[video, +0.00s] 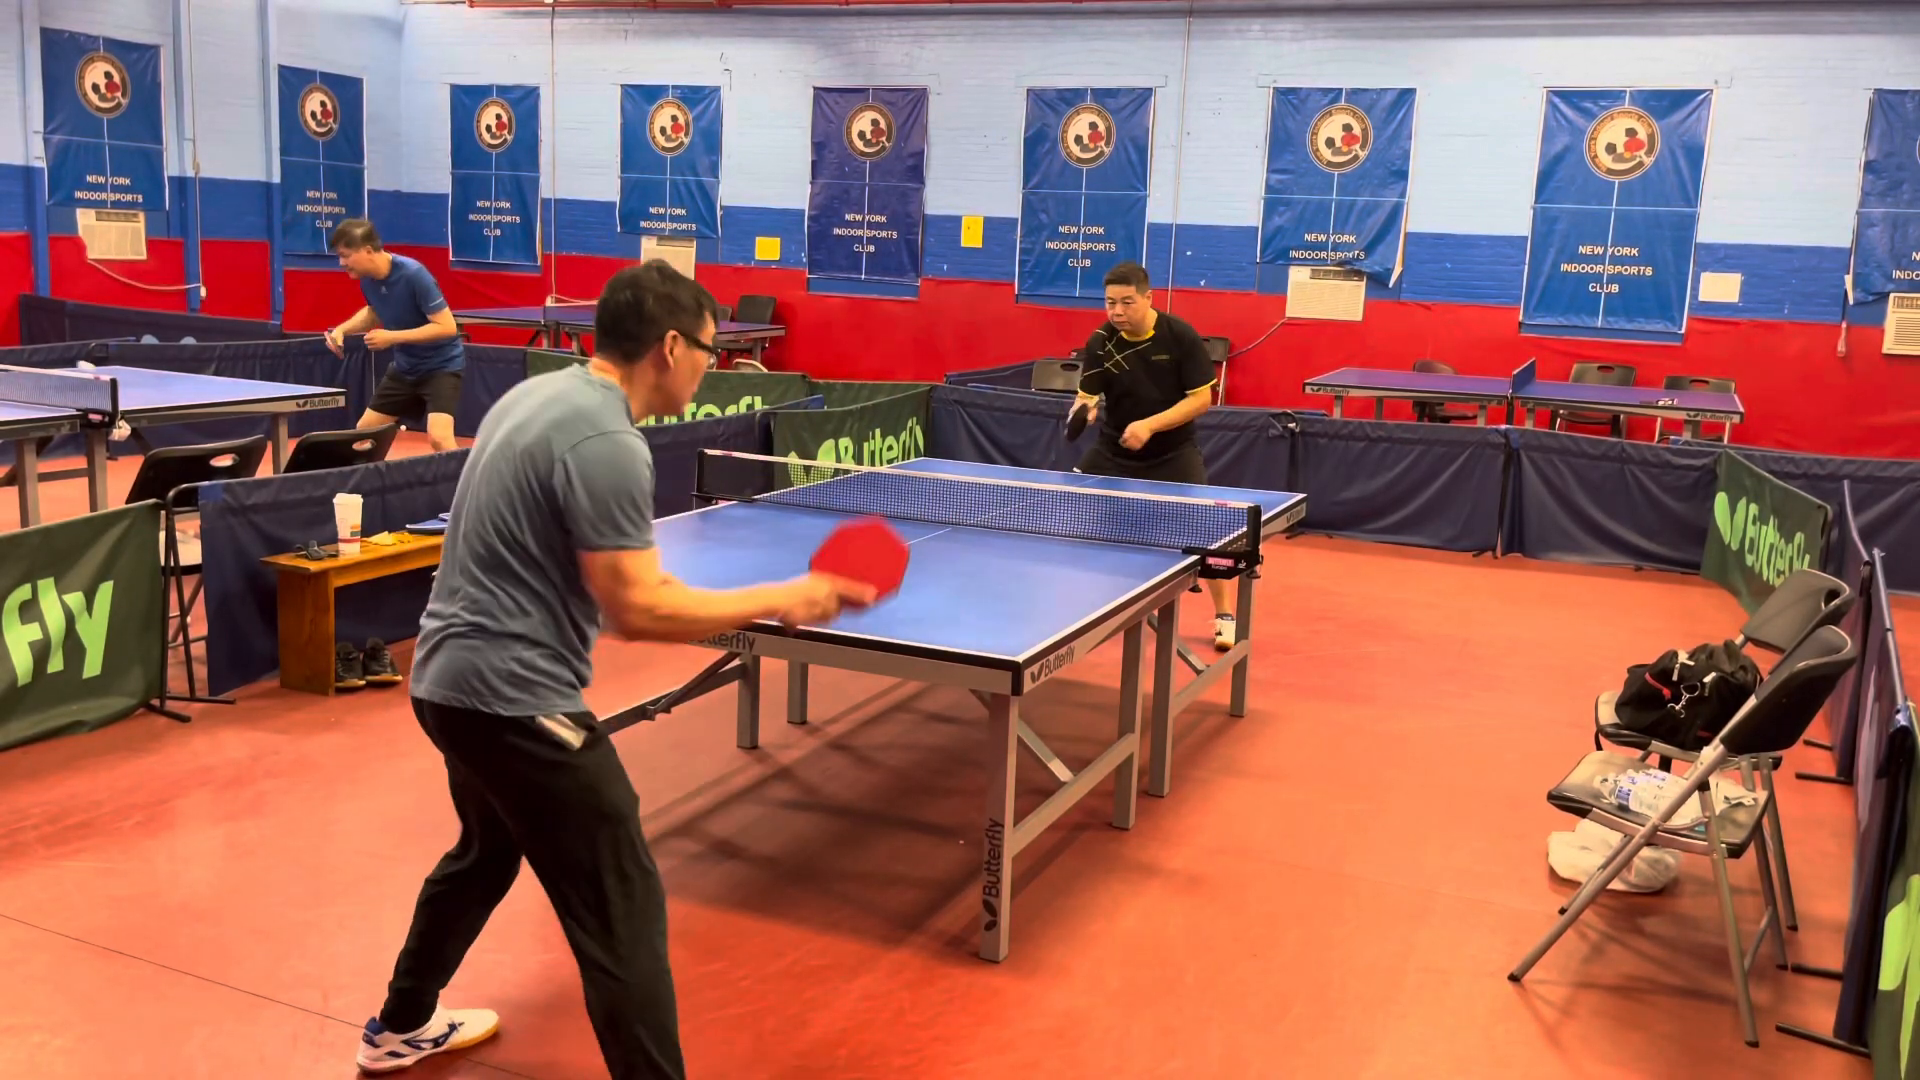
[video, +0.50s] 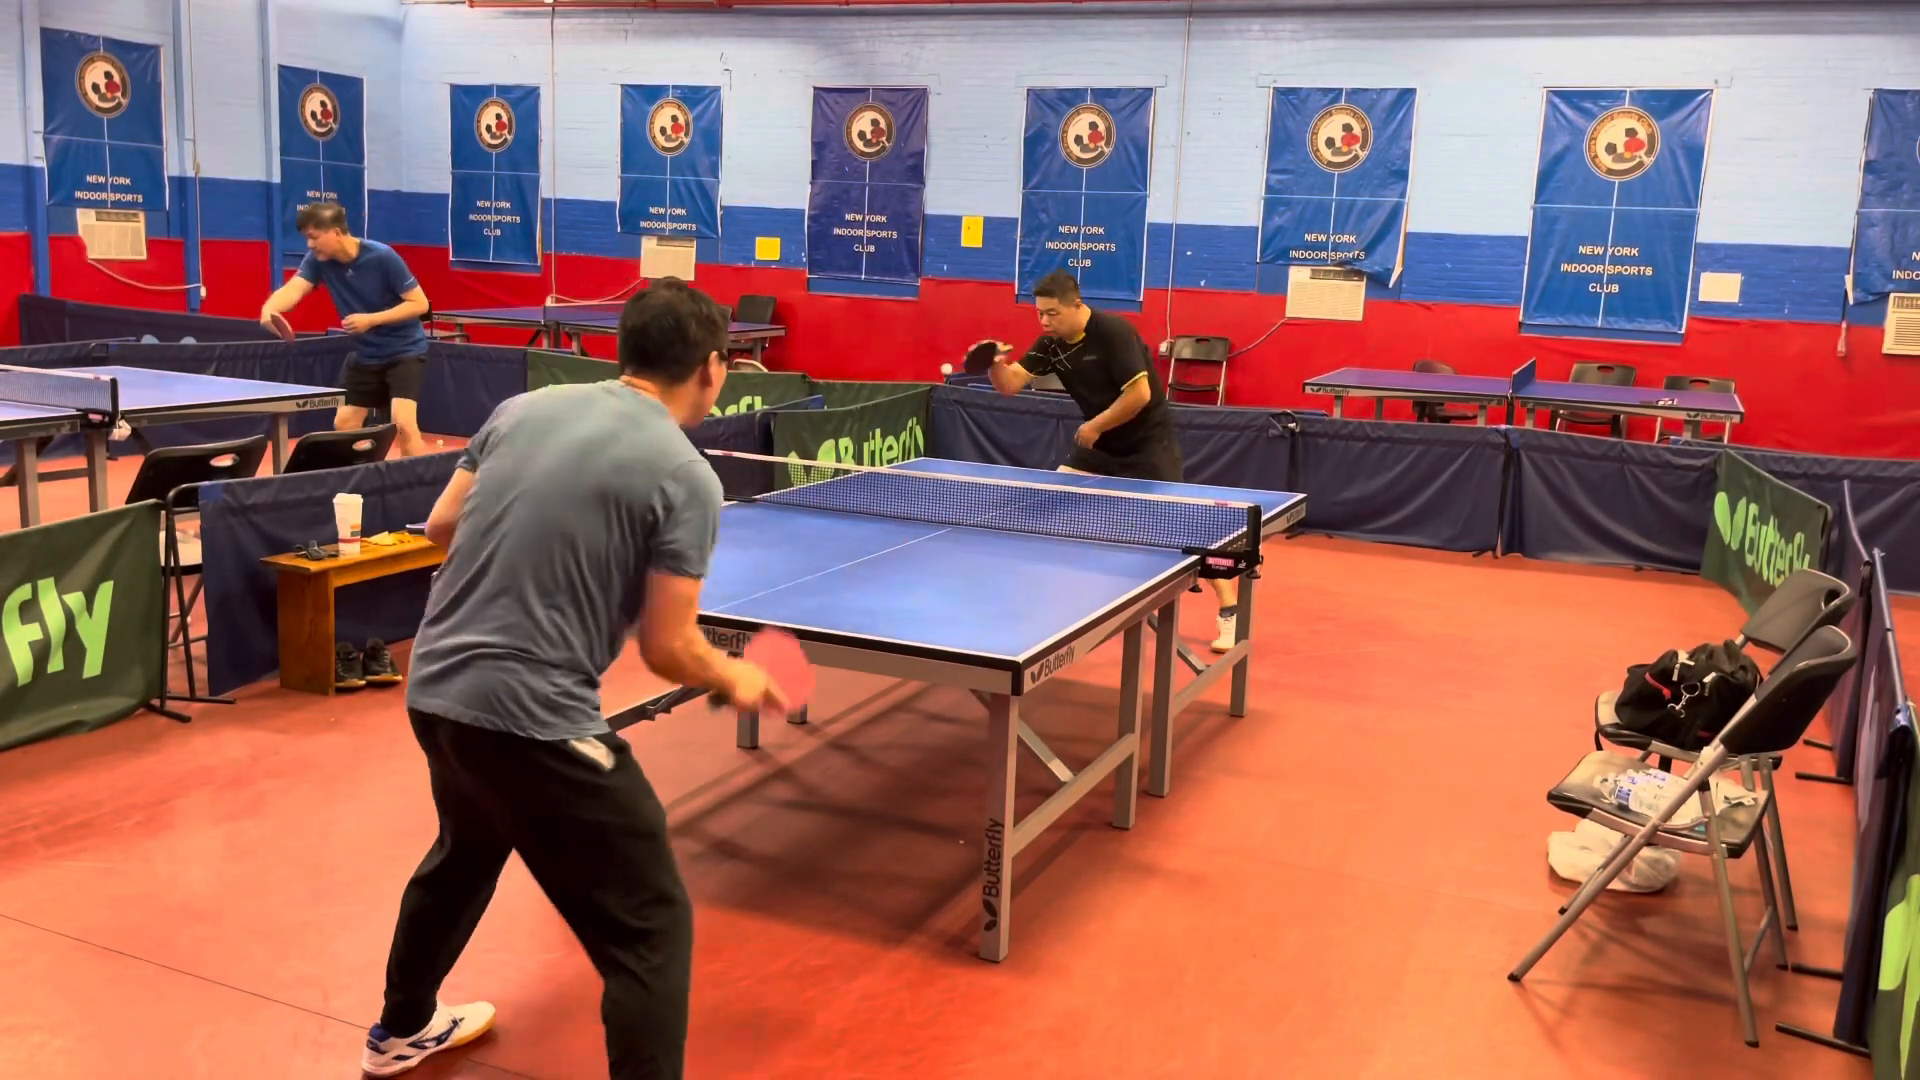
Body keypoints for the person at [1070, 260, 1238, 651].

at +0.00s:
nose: (1116, 311)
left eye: (1125, 303)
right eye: (1110, 303)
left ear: (1148, 298)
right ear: (1105, 303)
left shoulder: (1181, 337)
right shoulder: (1099, 343)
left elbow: (1203, 398)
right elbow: (1087, 400)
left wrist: (1151, 424)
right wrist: (1084, 409)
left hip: (1173, 455)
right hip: (1111, 452)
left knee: (1206, 526)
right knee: (1064, 510)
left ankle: (1224, 616)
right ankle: (1059, 606)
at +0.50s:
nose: (1044, 323)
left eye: (1051, 314)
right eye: (1040, 314)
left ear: (1077, 306)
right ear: (1040, 311)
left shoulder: (1113, 331)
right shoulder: (1051, 342)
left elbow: (1139, 393)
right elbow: (1010, 384)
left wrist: (1096, 426)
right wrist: (997, 365)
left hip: (1148, 443)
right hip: (1100, 443)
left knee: (1178, 521)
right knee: (1048, 504)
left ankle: (1228, 606)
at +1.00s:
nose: (1028, 326)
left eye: (1036, 317)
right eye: (1021, 318)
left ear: (1057, 313)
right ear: (1016, 317)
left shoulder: (1087, 348)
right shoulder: (1023, 351)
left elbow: (1102, 412)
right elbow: (1022, 399)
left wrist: (1046, 421)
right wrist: (1002, 429)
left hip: (1114, 447)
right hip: (1062, 446)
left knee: (1150, 515)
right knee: (1010, 497)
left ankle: (1199, 593)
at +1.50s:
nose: (1097, 325)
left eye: (1105, 315)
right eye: (1091, 317)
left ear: (1126, 307)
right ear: (1086, 315)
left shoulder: (1167, 339)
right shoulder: (1088, 348)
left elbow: (1193, 399)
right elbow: (1069, 414)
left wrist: (1138, 422)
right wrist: (1081, 383)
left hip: (1163, 452)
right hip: (1105, 450)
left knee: (1197, 519)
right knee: (1049, 500)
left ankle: (1230, 605)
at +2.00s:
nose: (1069, 324)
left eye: (1076, 315)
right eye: (1063, 315)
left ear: (1100, 308)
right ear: (1059, 313)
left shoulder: (1121, 346)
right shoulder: (1092, 339)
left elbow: (1121, 420)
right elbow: (1096, 389)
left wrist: (1070, 418)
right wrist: (1062, 412)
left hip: (1149, 453)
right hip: (1111, 447)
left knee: (1178, 528)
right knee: (1063, 502)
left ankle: (1234, 605)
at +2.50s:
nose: (1139, 310)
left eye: (1148, 302)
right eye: (1134, 301)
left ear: (1170, 299)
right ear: (1127, 298)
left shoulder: (1195, 341)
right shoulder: (1120, 329)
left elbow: (1208, 409)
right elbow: (1096, 385)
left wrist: (1149, 424)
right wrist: (1112, 379)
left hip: (1174, 452)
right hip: (1121, 445)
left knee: (1197, 522)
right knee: (1067, 497)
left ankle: (1231, 609)